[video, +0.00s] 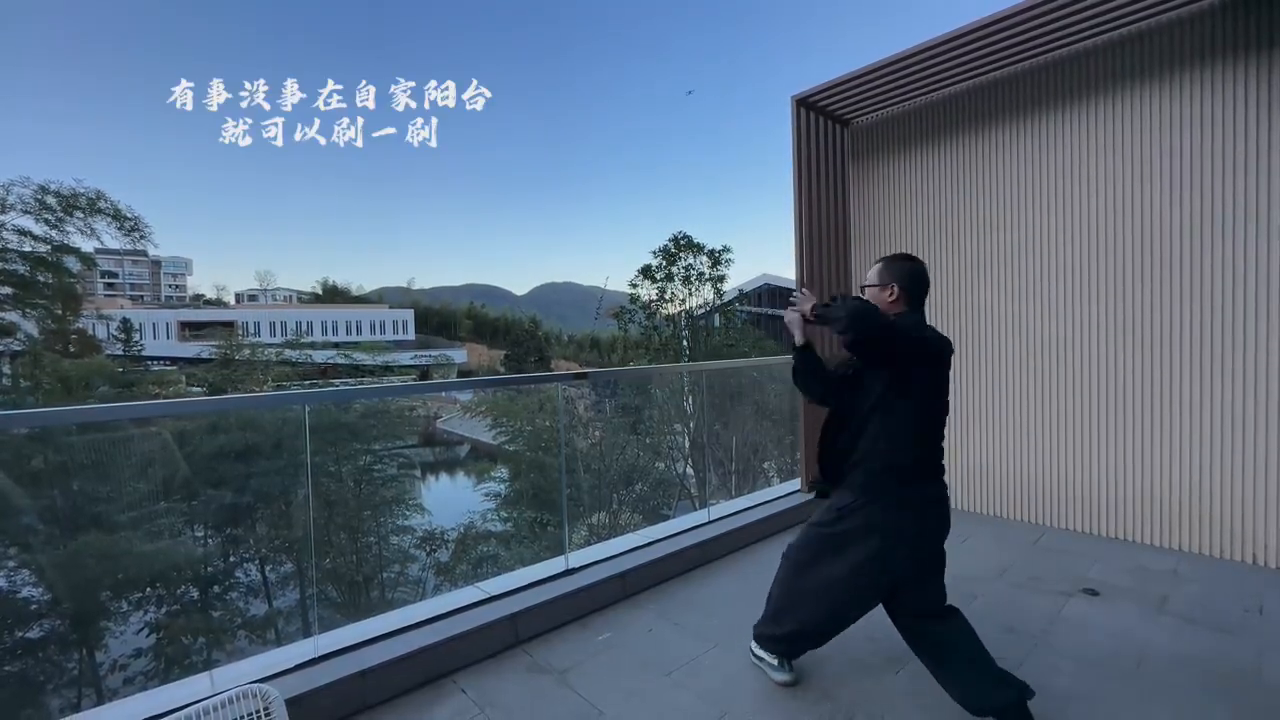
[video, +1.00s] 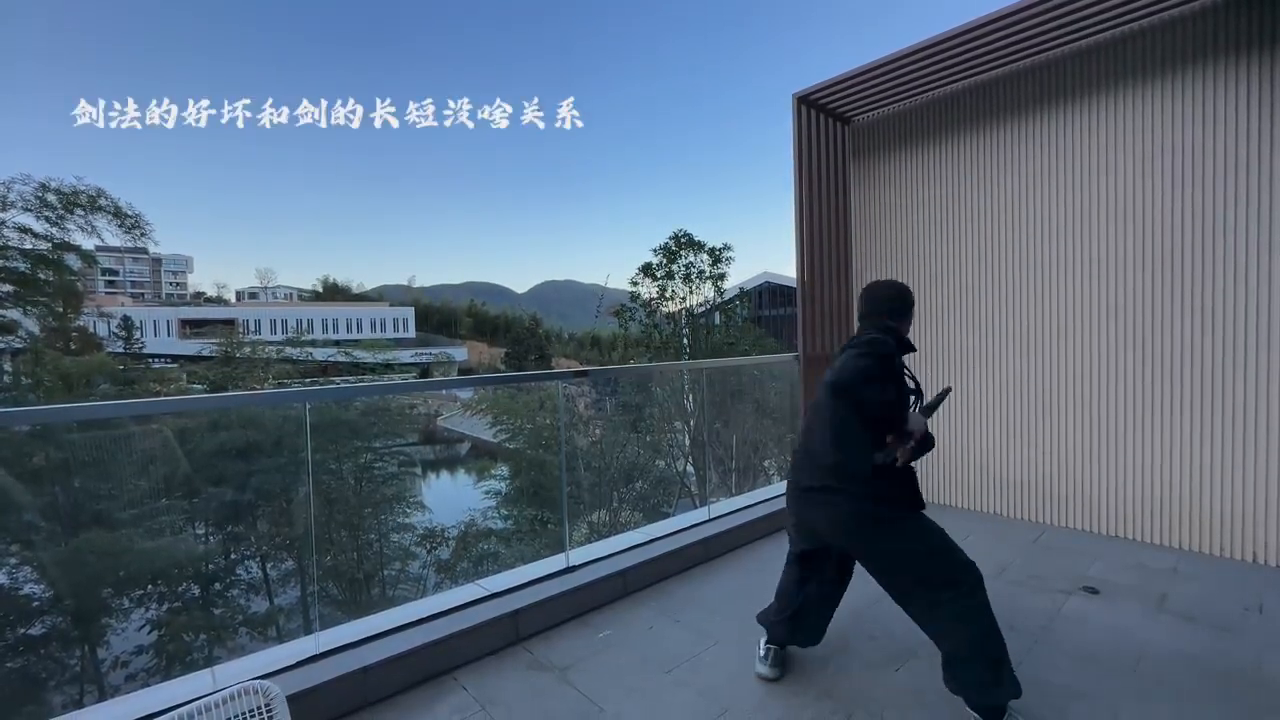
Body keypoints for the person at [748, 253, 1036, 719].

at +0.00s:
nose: (864, 298)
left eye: (870, 290)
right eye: (865, 291)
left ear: (892, 294)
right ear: (900, 298)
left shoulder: (920, 341)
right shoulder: (880, 352)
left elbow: (865, 327)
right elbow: (830, 392)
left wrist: (825, 309)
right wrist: (801, 344)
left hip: (875, 498)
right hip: (916, 501)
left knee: (807, 559)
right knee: (924, 613)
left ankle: (773, 644)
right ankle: (1006, 704)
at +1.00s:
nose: (910, 325)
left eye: (908, 317)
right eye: (909, 317)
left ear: (863, 315)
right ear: (903, 319)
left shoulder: (847, 357)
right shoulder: (881, 357)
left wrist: (911, 440)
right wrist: (904, 439)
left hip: (811, 498)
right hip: (867, 504)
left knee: (812, 560)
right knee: (956, 582)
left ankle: (773, 643)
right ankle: (991, 702)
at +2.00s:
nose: (972, 308)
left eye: (977, 296)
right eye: (973, 298)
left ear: (1007, 299)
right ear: (1015, 300)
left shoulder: (1061, 367)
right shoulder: (1075, 349)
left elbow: (1072, 488)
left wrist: (1058, 546)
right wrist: (1042, 498)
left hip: (1168, 557)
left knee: (1181, 702)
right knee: (1040, 584)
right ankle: (1055, 709)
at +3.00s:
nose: (802, 304)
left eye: (806, 296)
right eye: (803, 297)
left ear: (821, 300)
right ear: (846, 303)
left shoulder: (830, 335)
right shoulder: (850, 344)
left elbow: (763, 320)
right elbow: (784, 391)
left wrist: (770, 296)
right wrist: (763, 349)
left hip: (823, 495)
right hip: (873, 497)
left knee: (768, 543)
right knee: (901, 609)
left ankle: (764, 639)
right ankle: (988, 700)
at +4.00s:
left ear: (853, 354)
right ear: (896, 348)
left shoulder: (840, 388)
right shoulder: (899, 369)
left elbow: (847, 462)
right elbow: (928, 401)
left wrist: (910, 472)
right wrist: (946, 454)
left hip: (810, 511)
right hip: (869, 517)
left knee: (812, 559)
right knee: (960, 581)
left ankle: (765, 640)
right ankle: (984, 704)